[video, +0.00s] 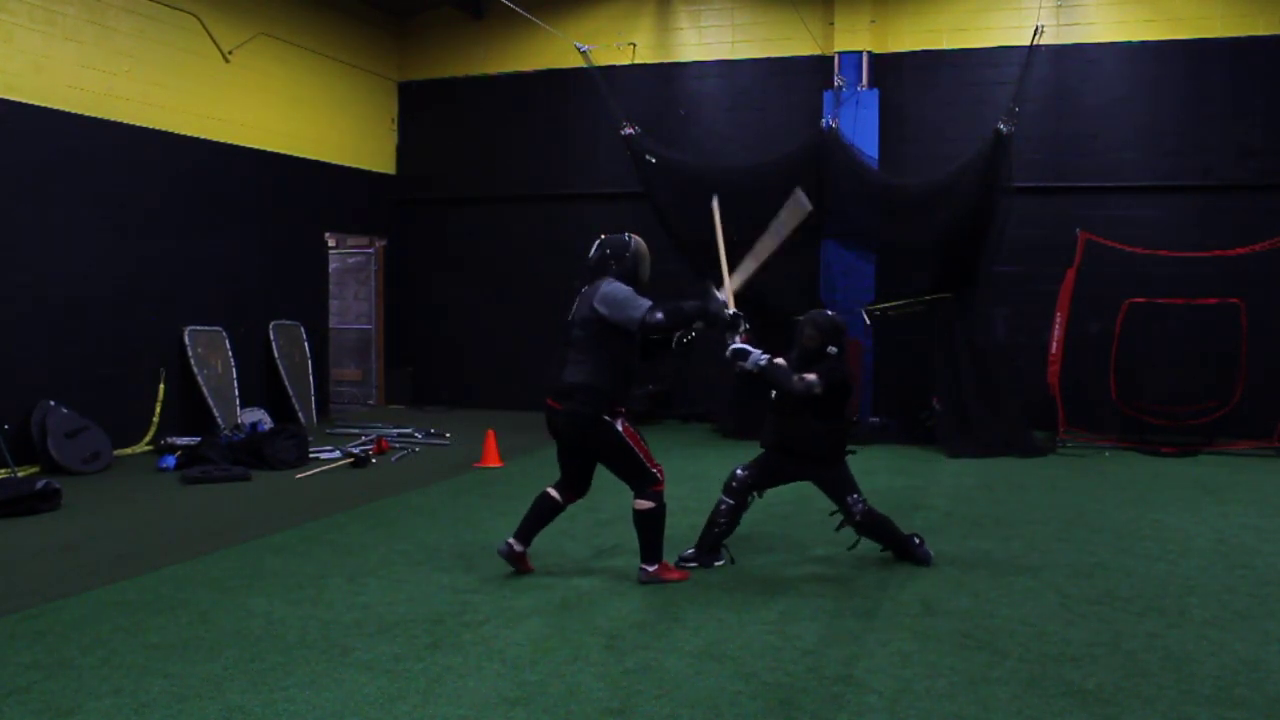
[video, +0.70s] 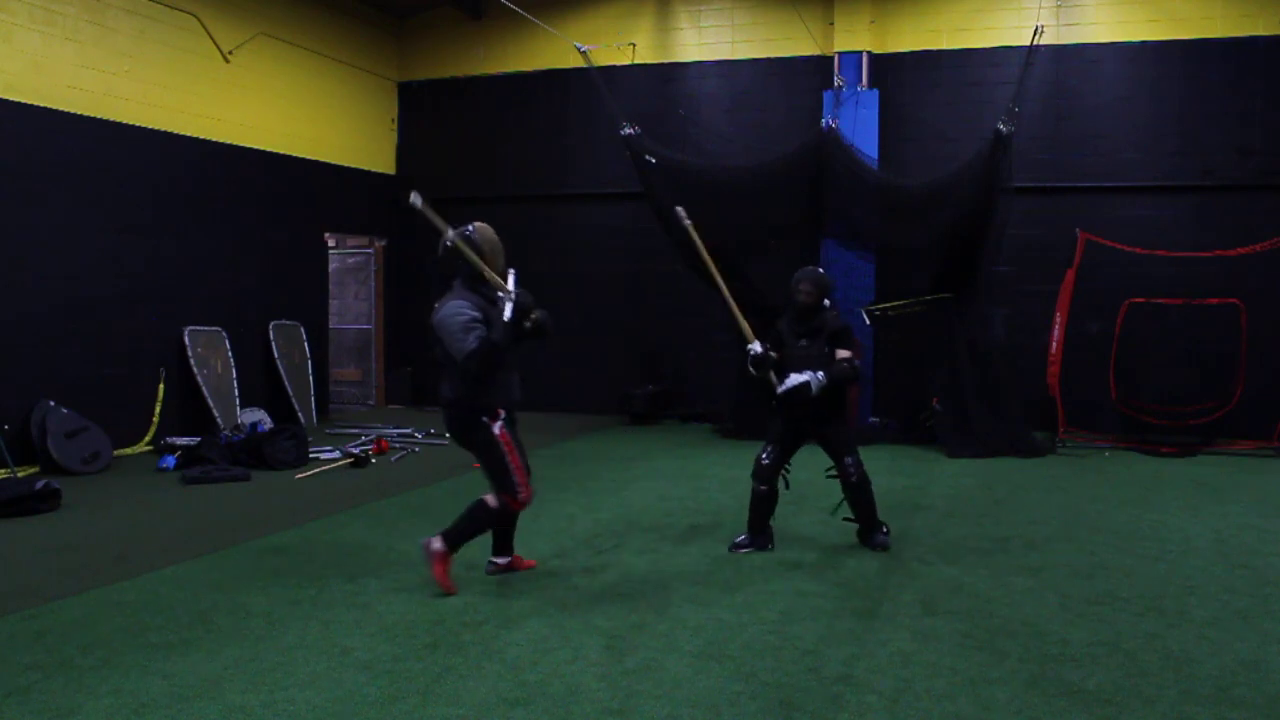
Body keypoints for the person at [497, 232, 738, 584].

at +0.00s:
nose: (641, 270)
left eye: (641, 262)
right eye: (638, 262)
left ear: (601, 260)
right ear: (626, 262)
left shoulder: (590, 295)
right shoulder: (610, 291)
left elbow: (644, 345)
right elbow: (655, 318)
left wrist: (695, 327)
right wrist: (707, 307)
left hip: (566, 407)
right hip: (595, 411)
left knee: (573, 484)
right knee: (649, 480)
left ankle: (516, 545)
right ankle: (652, 565)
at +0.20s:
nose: (618, 267)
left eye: (616, 259)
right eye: (612, 260)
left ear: (577, 265)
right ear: (597, 264)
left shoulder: (568, 300)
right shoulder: (590, 300)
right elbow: (637, 337)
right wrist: (699, 341)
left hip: (564, 414)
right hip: (588, 416)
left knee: (579, 486)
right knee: (648, 480)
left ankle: (516, 540)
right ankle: (652, 565)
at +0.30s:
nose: (590, 269)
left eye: (587, 262)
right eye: (583, 263)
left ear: (550, 273)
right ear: (569, 271)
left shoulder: (564, 309)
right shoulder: (561, 316)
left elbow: (608, 345)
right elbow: (598, 361)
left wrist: (648, 357)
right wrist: (648, 360)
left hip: (555, 417)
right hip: (576, 419)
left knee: (566, 489)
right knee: (636, 482)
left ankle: (510, 547)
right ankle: (652, 565)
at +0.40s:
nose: (563, 266)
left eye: (559, 260)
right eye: (555, 261)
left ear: (527, 272)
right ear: (541, 270)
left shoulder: (555, 304)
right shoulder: (528, 319)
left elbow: (580, 331)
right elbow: (548, 370)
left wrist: (607, 343)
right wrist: (591, 364)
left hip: (543, 415)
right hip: (550, 417)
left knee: (549, 488)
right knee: (608, 484)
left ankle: (506, 554)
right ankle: (645, 558)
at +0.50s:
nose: (542, 263)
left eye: (539, 257)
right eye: (534, 258)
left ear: (509, 269)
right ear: (517, 267)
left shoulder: (536, 303)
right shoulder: (499, 318)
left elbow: (562, 321)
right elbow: (519, 374)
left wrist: (583, 330)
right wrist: (565, 343)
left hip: (521, 414)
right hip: (522, 417)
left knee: (539, 485)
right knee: (591, 472)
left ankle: (504, 556)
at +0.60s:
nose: (519, 259)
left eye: (515, 253)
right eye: (510, 254)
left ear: (485, 266)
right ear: (495, 264)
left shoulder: (518, 299)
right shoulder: (475, 315)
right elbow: (501, 369)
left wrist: (559, 325)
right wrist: (539, 337)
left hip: (510, 409)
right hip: (497, 414)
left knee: (528, 481)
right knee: (562, 476)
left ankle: (504, 551)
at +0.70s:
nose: (500, 261)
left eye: (497, 255)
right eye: (495, 255)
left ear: (464, 260)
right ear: (483, 260)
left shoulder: (490, 297)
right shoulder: (454, 311)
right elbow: (481, 361)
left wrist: (529, 316)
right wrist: (506, 318)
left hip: (495, 409)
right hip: (475, 415)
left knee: (511, 483)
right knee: (516, 493)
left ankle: (502, 556)